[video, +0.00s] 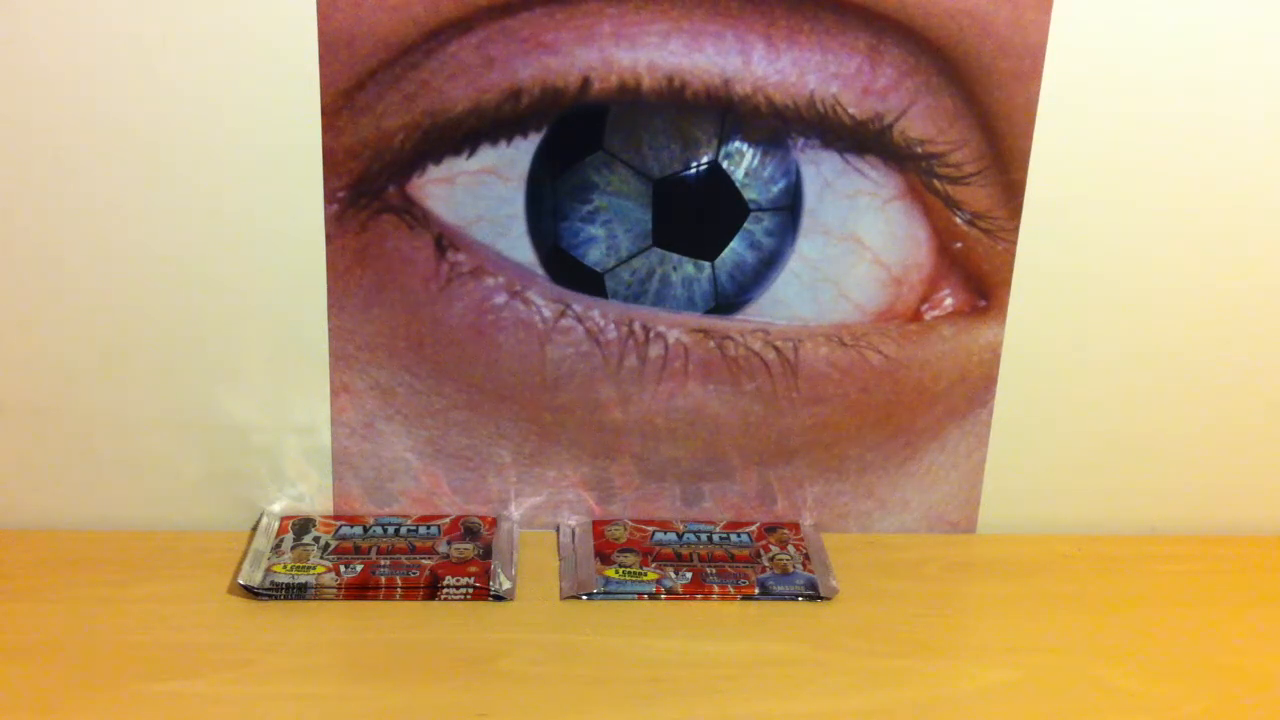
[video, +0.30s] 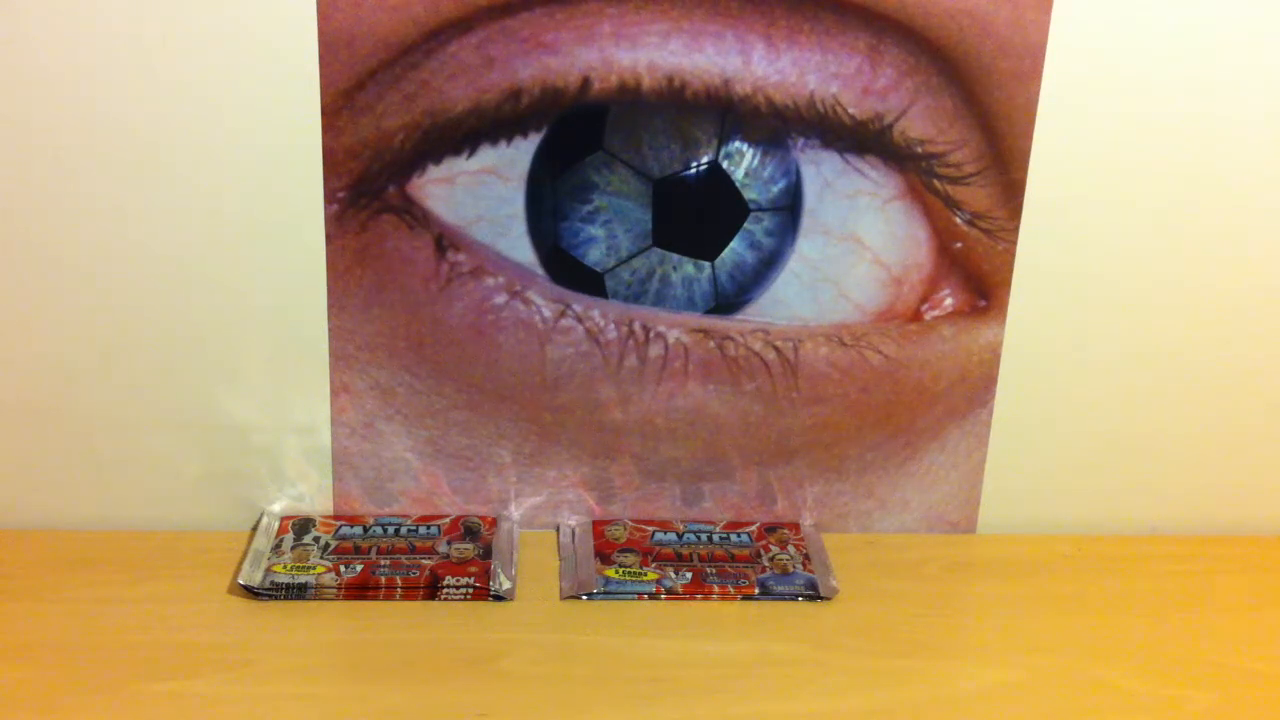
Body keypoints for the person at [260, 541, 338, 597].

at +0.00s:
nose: (309, 554)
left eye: (312, 551)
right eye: (305, 550)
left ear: (315, 552)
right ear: (293, 551)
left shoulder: (323, 568)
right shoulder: (274, 568)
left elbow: (328, 597)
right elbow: (262, 594)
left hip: (309, 612)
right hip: (277, 611)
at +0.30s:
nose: (309, 554)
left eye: (312, 551)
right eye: (305, 550)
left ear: (315, 552)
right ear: (293, 551)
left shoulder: (323, 568)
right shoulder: (274, 568)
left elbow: (327, 597)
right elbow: (262, 595)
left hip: (309, 611)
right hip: (277, 611)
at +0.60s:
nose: (309, 554)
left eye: (312, 551)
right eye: (305, 550)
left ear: (315, 551)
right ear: (292, 551)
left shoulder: (323, 568)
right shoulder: (274, 568)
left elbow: (328, 596)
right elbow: (262, 593)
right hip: (277, 610)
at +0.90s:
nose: (309, 554)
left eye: (312, 551)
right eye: (305, 551)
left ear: (315, 552)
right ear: (292, 552)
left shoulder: (323, 568)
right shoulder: (275, 567)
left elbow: (328, 596)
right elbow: (262, 593)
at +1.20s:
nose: (309, 554)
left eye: (312, 551)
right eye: (304, 551)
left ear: (315, 551)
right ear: (292, 552)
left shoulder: (323, 568)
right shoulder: (274, 568)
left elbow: (328, 596)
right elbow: (262, 593)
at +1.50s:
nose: (309, 554)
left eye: (311, 551)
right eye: (304, 551)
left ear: (314, 552)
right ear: (292, 551)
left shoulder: (323, 568)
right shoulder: (275, 568)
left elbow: (328, 595)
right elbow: (263, 593)